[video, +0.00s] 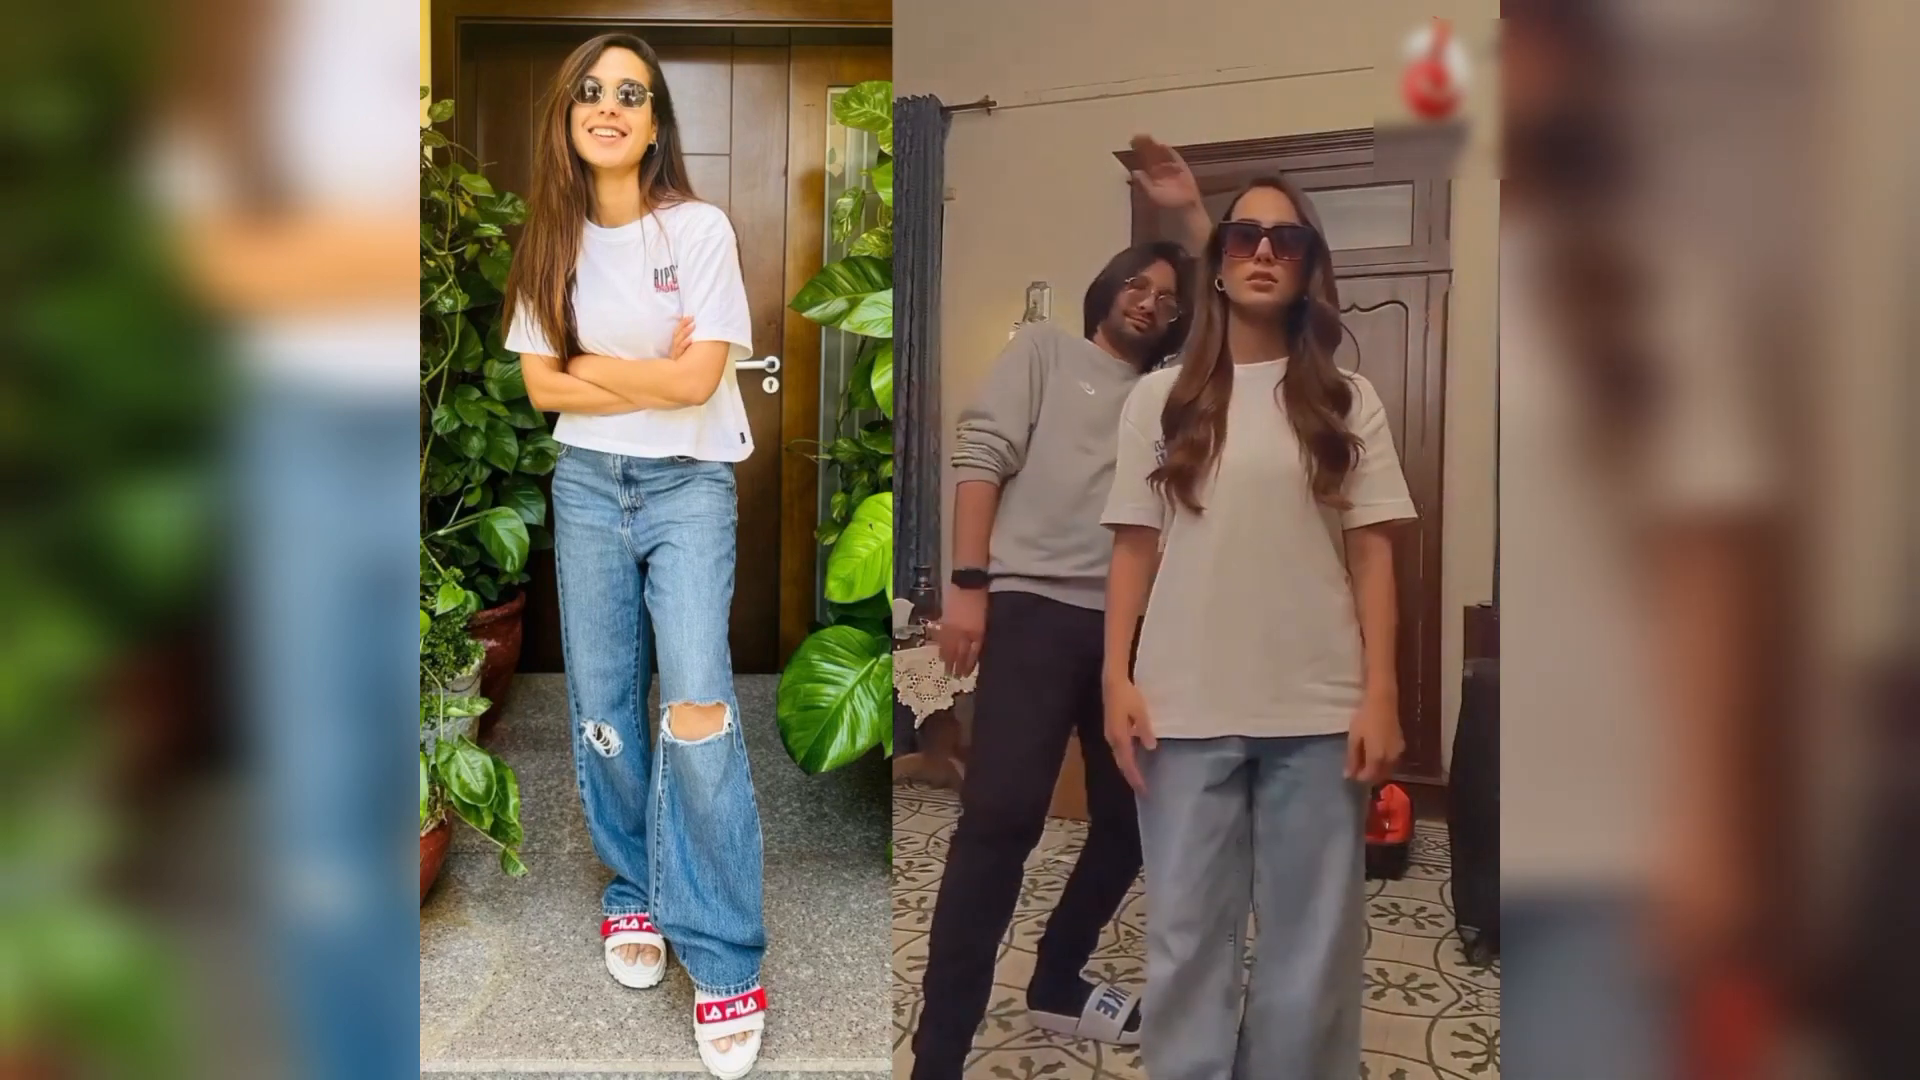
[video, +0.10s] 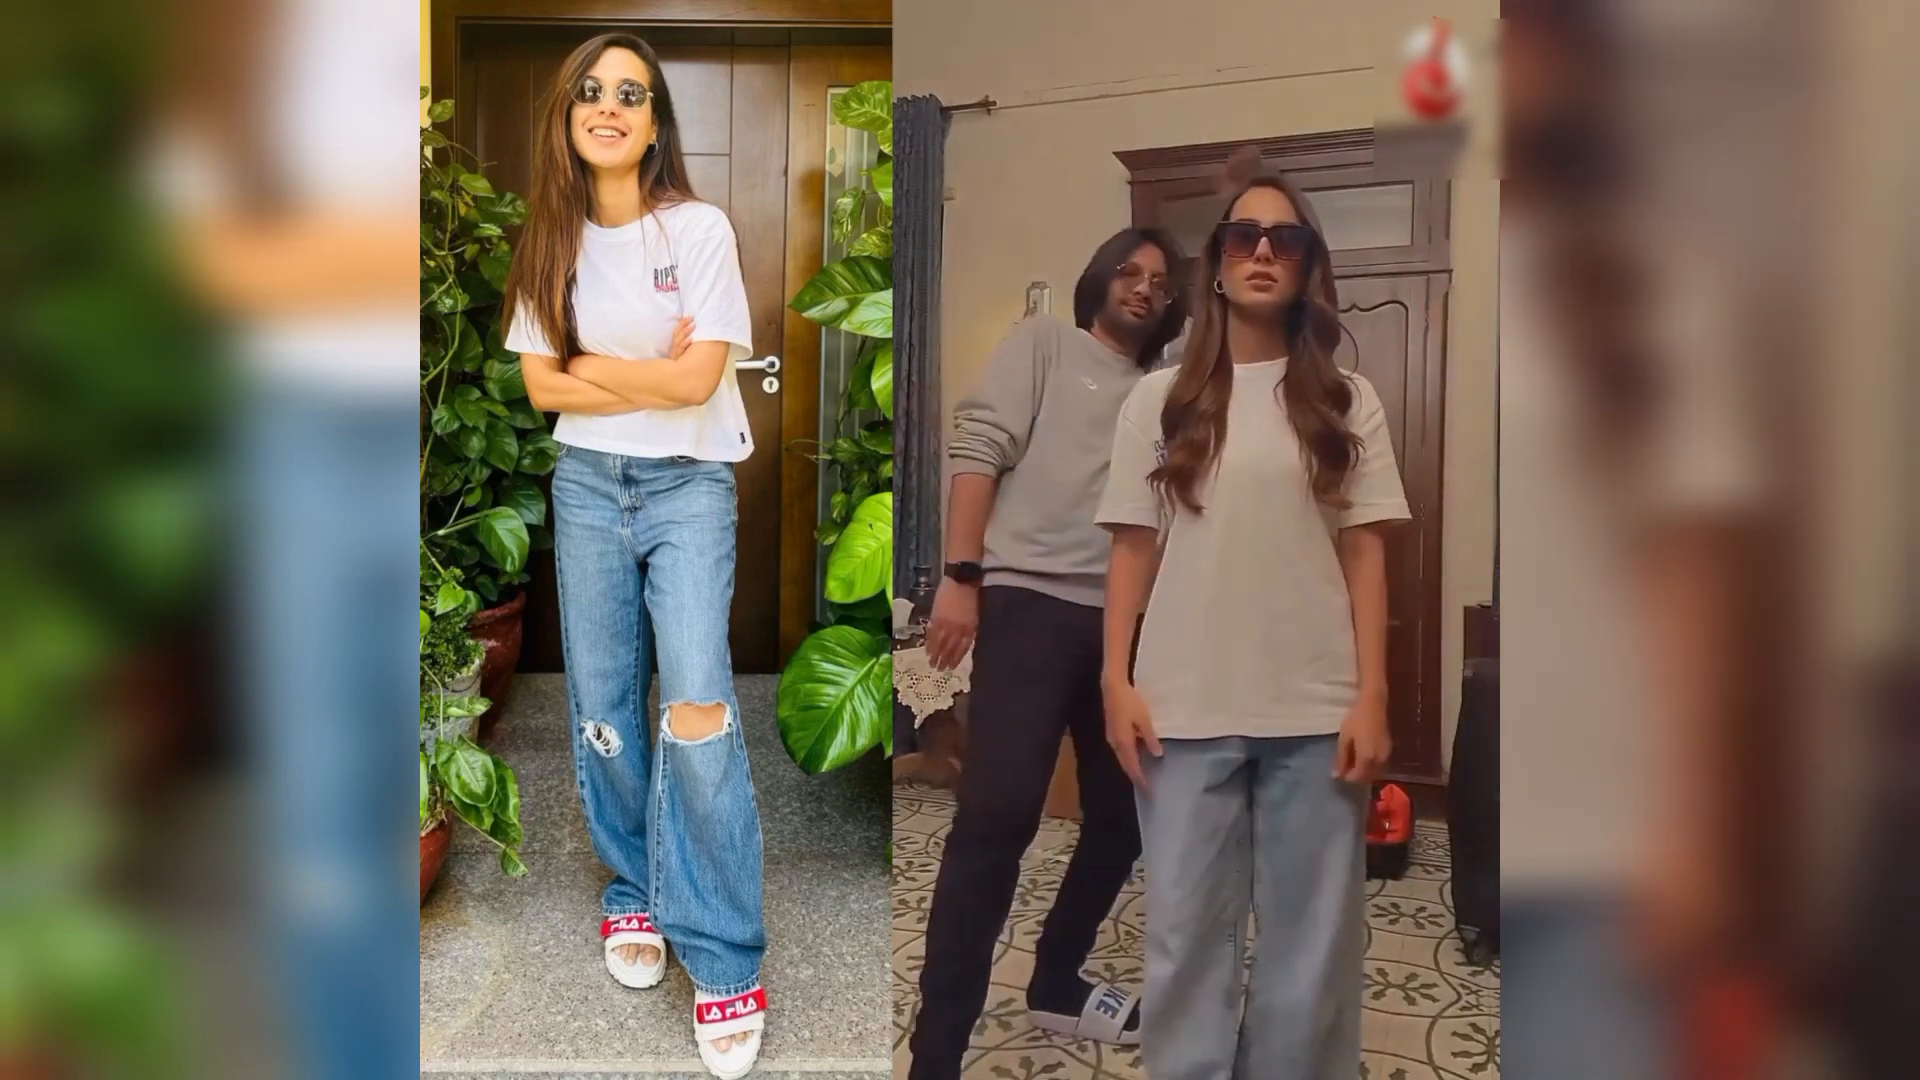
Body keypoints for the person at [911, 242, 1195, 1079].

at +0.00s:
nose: (1149, 302)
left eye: (1165, 297)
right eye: (1138, 286)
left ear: (1177, 316)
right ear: (1106, 289)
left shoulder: (1174, 388)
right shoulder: (1043, 349)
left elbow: (1224, 322)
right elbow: (983, 453)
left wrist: (1193, 215)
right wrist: (966, 581)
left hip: (1134, 625)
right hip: (1035, 616)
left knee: (1127, 825)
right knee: (1000, 824)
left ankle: (1057, 988)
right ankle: (938, 1057)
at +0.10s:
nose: (1147, 289)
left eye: (1159, 282)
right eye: (1133, 273)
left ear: (1170, 301)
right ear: (1099, 279)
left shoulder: (1170, 383)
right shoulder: (1043, 342)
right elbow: (979, 451)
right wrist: (959, 577)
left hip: (1127, 624)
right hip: (1028, 612)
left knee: (1120, 821)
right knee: (994, 824)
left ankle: (1057, 990)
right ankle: (935, 1058)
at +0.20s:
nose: (1136, 258)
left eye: (1146, 251)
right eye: (1121, 244)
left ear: (1157, 270)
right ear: (1086, 252)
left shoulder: (1169, 348)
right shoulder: (1039, 323)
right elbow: (972, 435)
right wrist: (942, 566)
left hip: (1121, 609)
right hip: (1022, 599)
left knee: (1104, 812)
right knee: (990, 819)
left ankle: (1056, 993)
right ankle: (933, 1059)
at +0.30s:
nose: (1124, 230)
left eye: (1132, 219)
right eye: (1103, 217)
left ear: (1142, 243)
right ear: (1063, 235)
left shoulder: (1159, 347)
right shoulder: (1016, 322)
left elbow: (1184, 472)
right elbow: (938, 440)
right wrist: (928, 568)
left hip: (1120, 608)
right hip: (1015, 597)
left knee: (1093, 809)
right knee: (984, 817)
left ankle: (1056, 989)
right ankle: (933, 1055)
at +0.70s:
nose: (1085, 206)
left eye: (1085, 193)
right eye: (1063, 192)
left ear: (1084, 218)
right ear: (1011, 213)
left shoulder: (1112, 339)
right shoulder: (963, 331)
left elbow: (1126, 469)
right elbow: (921, 479)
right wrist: (1017, 527)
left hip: (1109, 621)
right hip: (1011, 617)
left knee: (1099, 815)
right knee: (985, 838)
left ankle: (1055, 989)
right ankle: (931, 1063)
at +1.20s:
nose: (1070, 189)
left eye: (1067, 175)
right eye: (1044, 175)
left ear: (1063, 198)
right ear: (988, 200)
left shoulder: (1079, 325)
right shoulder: (966, 329)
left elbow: (1104, 471)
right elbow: (914, 499)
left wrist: (1136, 584)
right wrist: (913, 626)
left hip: (1104, 604)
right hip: (1019, 608)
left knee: (1103, 812)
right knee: (1021, 850)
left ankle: (1056, 989)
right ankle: (939, 1063)